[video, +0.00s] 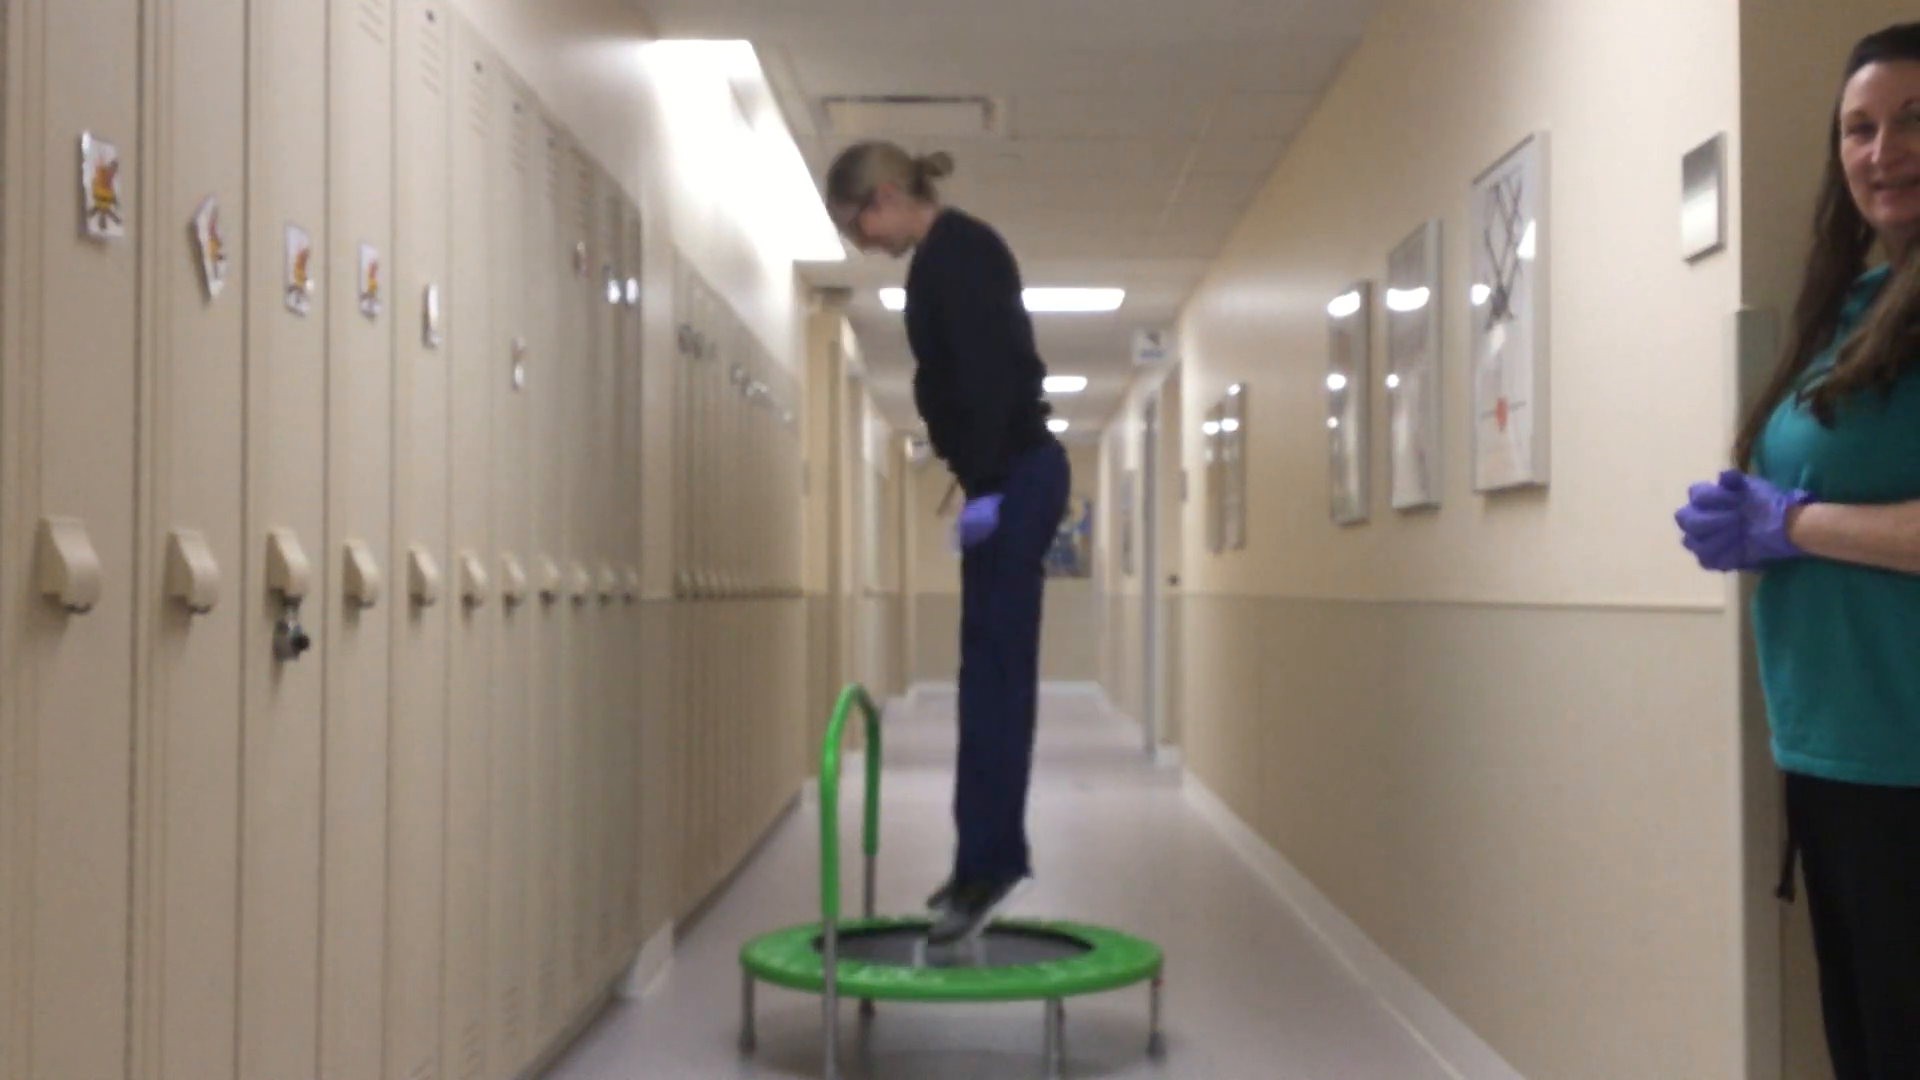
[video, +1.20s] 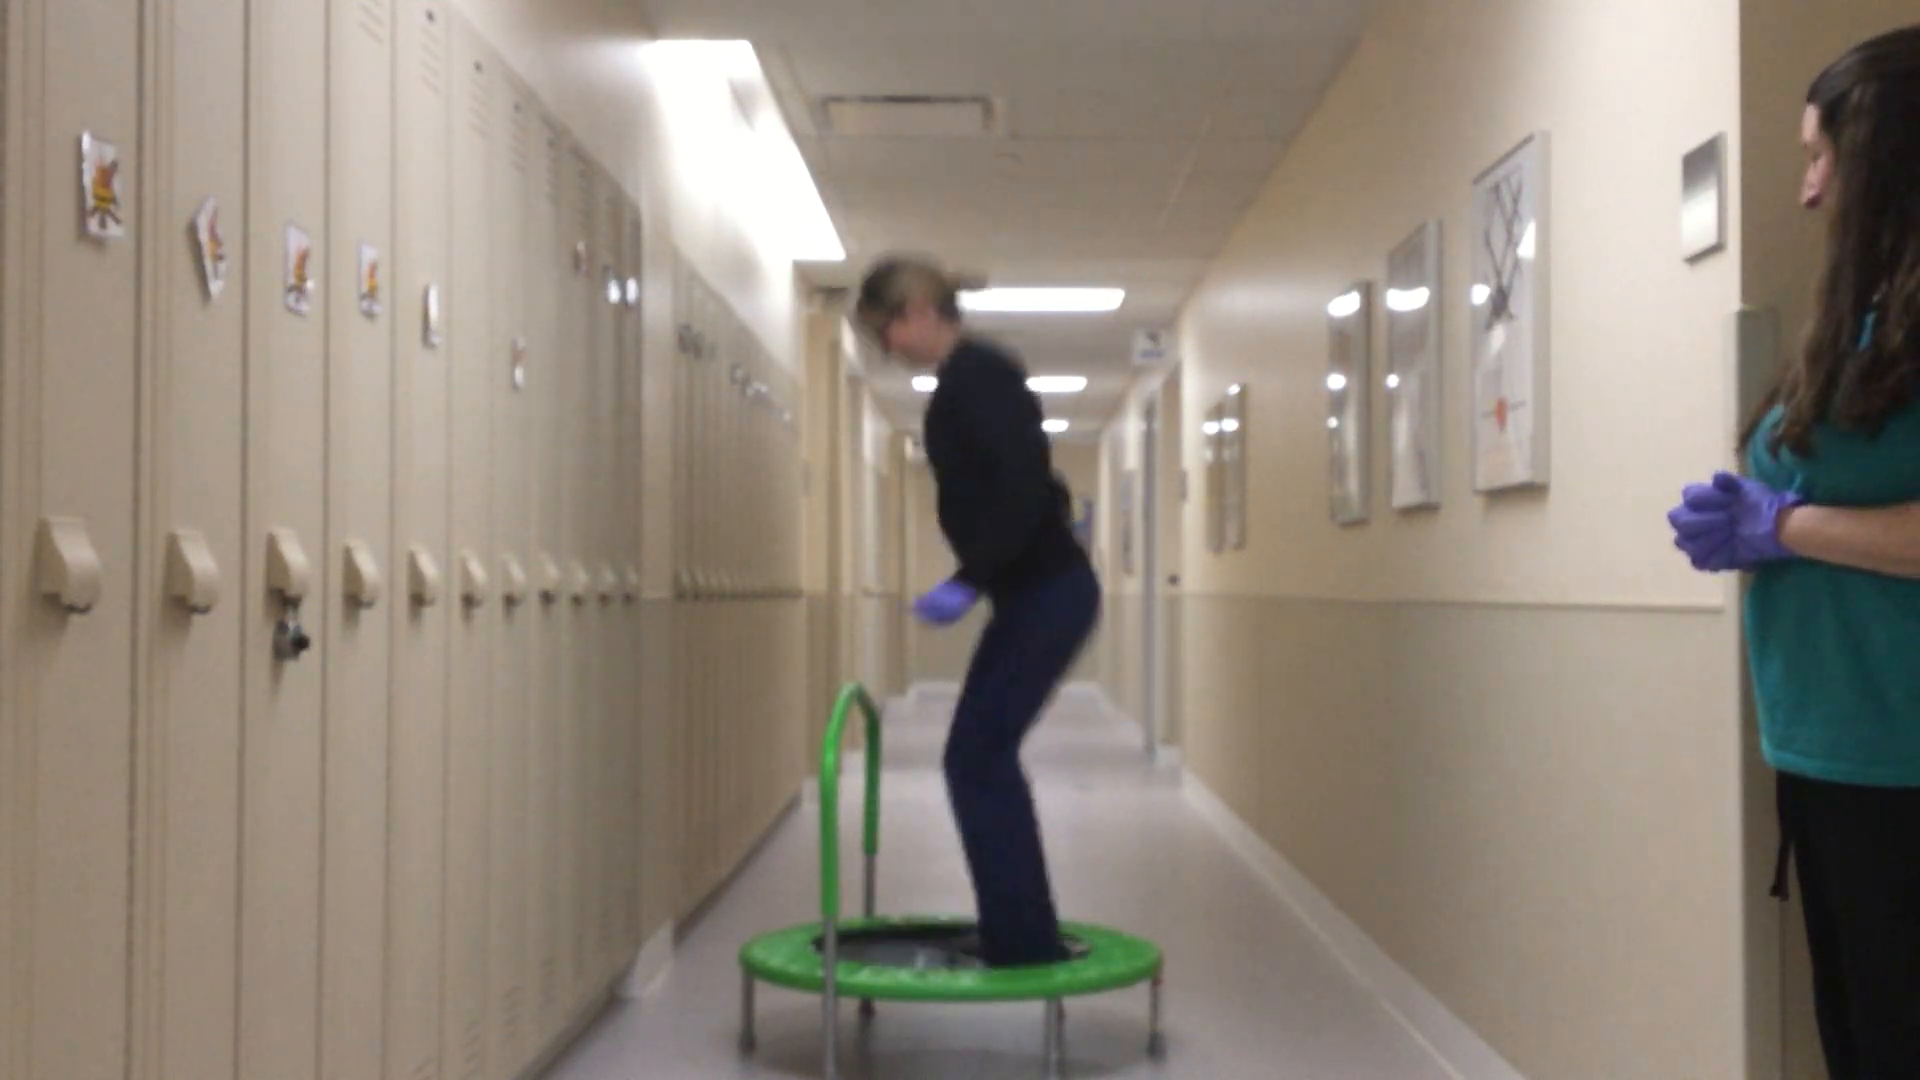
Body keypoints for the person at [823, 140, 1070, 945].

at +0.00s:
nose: (863, 239)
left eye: (861, 221)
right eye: (855, 229)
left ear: (889, 193)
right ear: (885, 202)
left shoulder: (957, 249)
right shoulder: (945, 255)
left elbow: (988, 365)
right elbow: (979, 367)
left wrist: (984, 480)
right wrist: (977, 476)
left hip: (1015, 474)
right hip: (1006, 475)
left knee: (995, 667)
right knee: (990, 667)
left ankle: (990, 860)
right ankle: (984, 856)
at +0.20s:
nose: (853, 299)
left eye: (849, 282)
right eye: (842, 290)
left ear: (874, 252)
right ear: (870, 261)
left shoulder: (944, 309)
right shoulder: (933, 314)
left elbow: (990, 419)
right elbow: (972, 422)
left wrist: (959, 521)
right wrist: (955, 522)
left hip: (1023, 527)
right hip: (1009, 528)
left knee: (980, 708)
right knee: (976, 707)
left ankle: (988, 909)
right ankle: (980, 904)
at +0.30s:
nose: (842, 378)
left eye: (840, 359)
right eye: (832, 367)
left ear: (870, 334)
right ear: (860, 345)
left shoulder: (934, 405)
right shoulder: (922, 406)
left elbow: (969, 516)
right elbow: (951, 520)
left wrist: (899, 576)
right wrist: (895, 573)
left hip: (1033, 609)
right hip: (1027, 607)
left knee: (946, 767)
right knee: (953, 766)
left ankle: (984, 943)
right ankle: (997, 932)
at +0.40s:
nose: (829, 453)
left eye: (827, 436)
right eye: (821, 441)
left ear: (858, 419)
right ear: (866, 420)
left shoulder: (924, 482)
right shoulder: (918, 481)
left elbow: (948, 598)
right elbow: (937, 596)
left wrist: (856, 611)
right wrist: (857, 608)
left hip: (1054, 667)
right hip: (1046, 664)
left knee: (916, 778)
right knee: (917, 776)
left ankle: (978, 939)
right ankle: (988, 929)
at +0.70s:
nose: (854, 393)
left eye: (855, 374)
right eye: (846, 381)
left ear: (887, 353)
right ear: (873, 365)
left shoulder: (940, 426)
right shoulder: (930, 426)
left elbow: (965, 549)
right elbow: (955, 550)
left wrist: (880, 604)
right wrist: (883, 601)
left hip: (1045, 632)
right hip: (1037, 630)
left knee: (928, 783)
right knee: (930, 781)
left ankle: (981, 942)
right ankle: (982, 936)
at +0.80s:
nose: (867, 297)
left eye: (870, 278)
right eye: (860, 285)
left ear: (904, 260)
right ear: (894, 272)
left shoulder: (956, 332)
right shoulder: (945, 335)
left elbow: (985, 448)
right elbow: (967, 453)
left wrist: (950, 550)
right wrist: (946, 549)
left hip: (1024, 555)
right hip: (1013, 554)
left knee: (975, 742)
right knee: (976, 742)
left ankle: (984, 934)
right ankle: (992, 925)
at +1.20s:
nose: (890, 346)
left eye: (890, 328)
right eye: (882, 334)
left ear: (920, 308)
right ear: (916, 315)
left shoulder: (977, 374)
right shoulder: (966, 379)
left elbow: (1019, 485)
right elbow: (1011, 485)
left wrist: (970, 578)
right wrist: (976, 575)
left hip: (1049, 592)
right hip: (1036, 591)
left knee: (977, 755)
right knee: (979, 754)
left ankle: (1020, 937)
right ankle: (1020, 931)